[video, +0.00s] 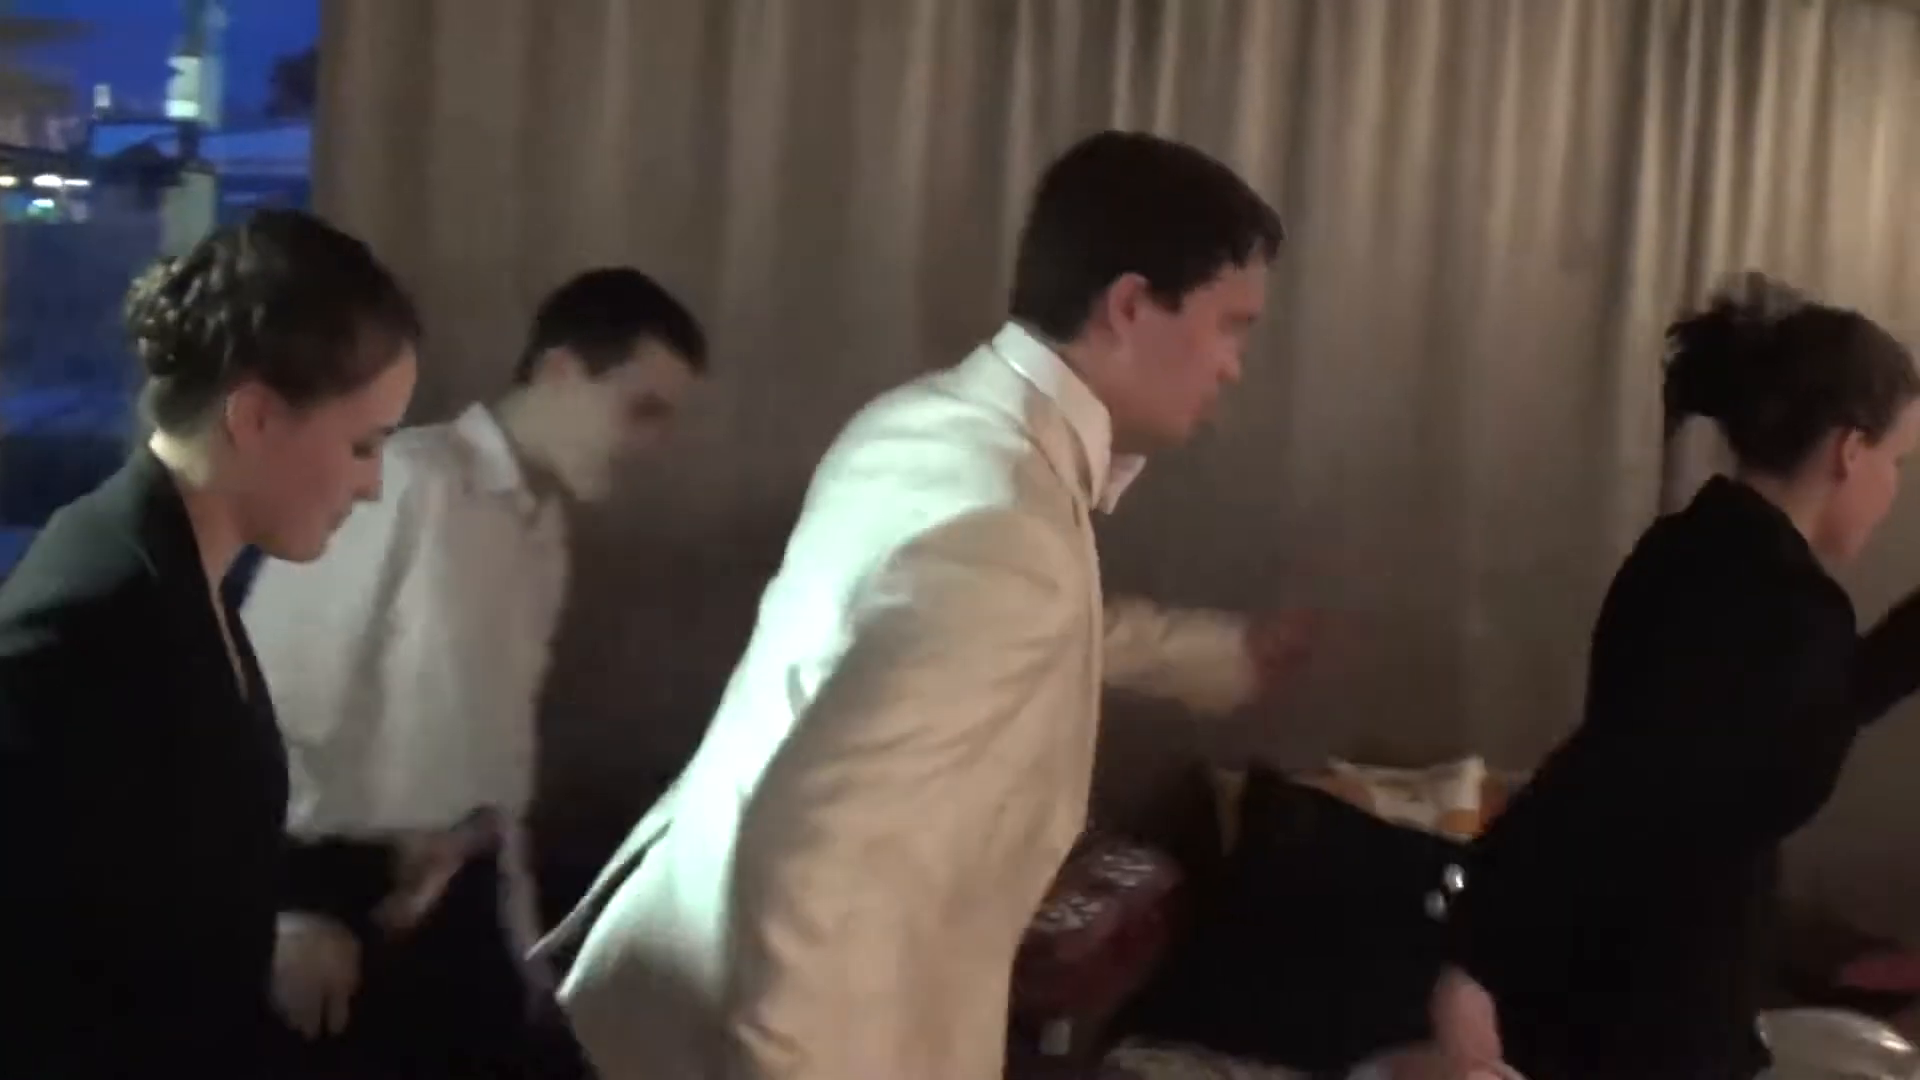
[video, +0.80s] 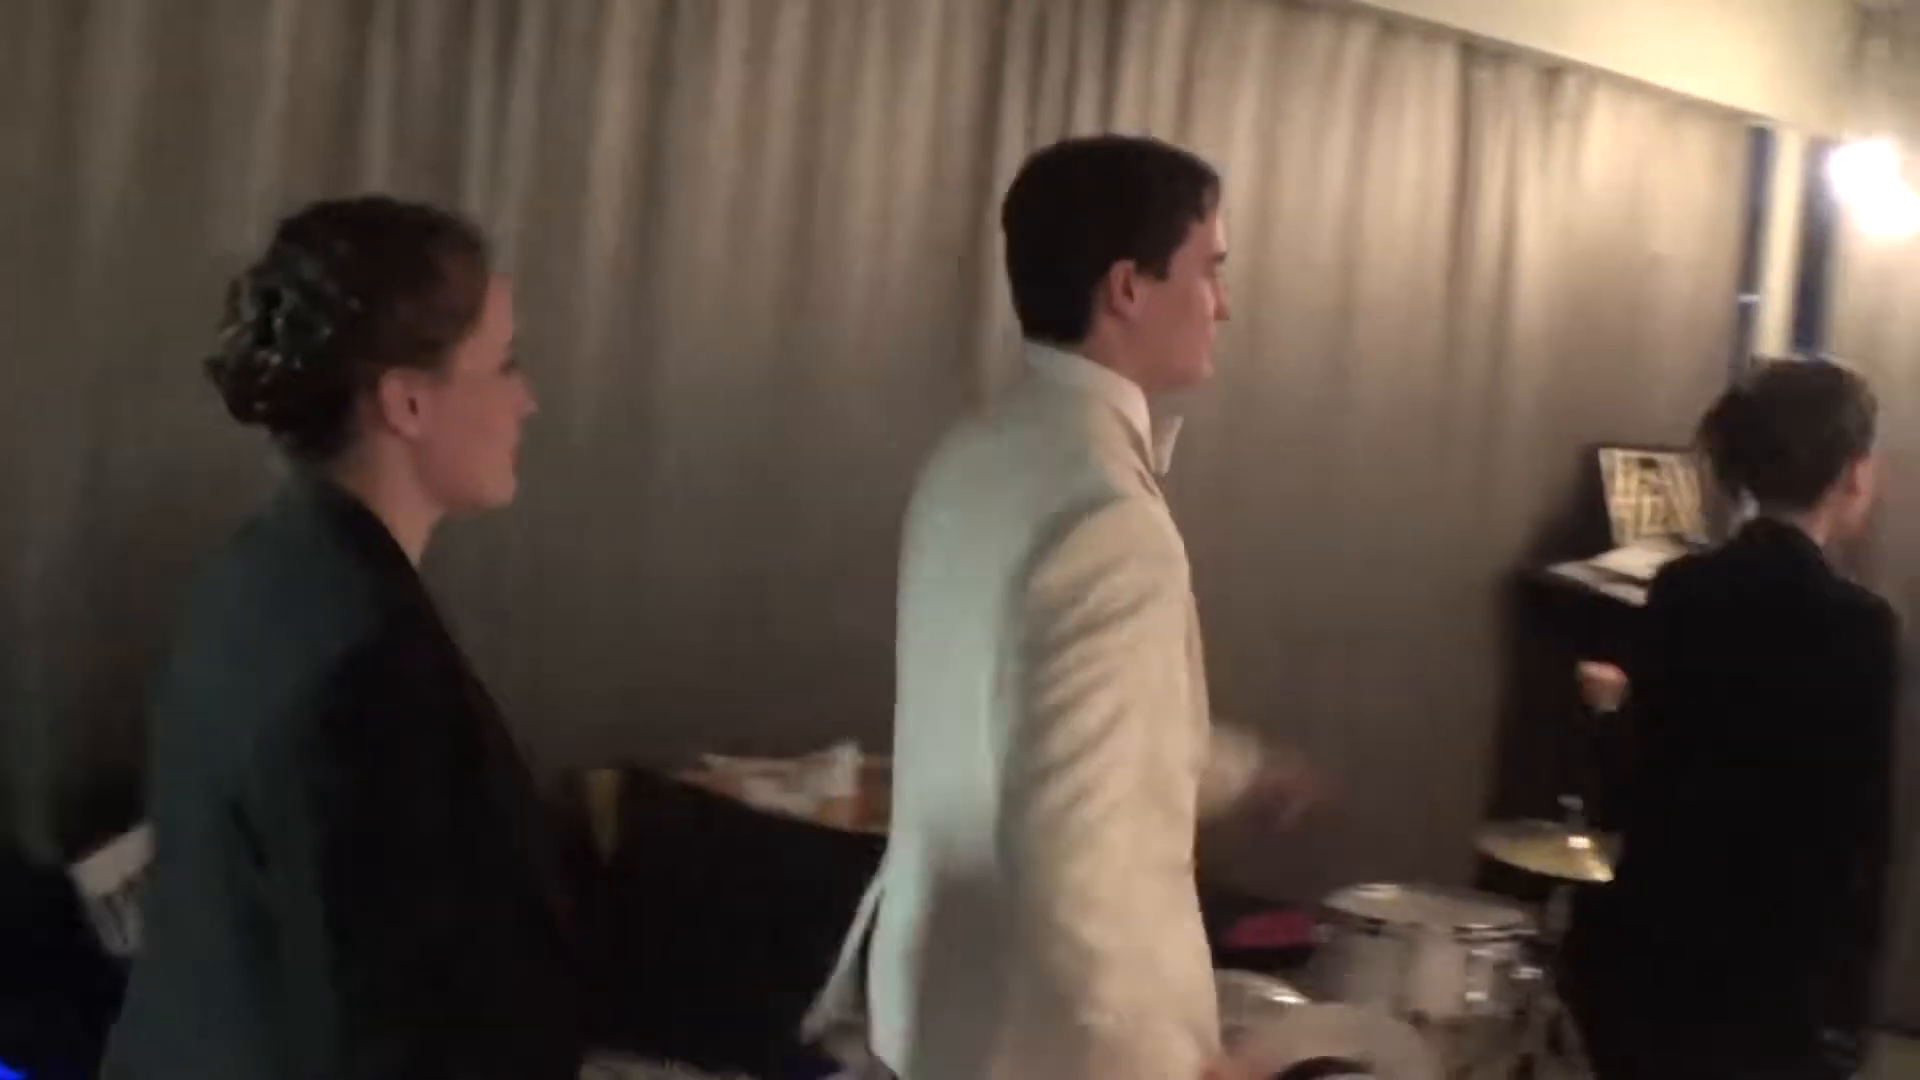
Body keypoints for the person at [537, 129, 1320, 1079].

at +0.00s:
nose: (1235, 367)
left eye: (1245, 332)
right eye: (1230, 325)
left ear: (1123, 306)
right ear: (1130, 308)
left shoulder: (926, 425)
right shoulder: (1003, 535)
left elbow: (1036, 633)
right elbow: (826, 867)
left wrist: (1227, 658)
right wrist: (808, 1068)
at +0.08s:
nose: (1215, 332)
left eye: (1217, 293)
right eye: (1202, 289)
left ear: (1093, 292)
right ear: (1097, 290)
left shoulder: (933, 428)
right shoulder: (997, 519)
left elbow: (1051, 626)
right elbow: (795, 828)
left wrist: (1260, 625)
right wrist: (770, 1064)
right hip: (853, 1049)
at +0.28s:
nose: (1194, 313)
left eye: (1191, 275)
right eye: (1177, 272)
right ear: (1080, 285)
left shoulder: (899, 463)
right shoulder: (1031, 536)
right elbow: (1090, 921)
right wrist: (1200, 1058)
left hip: (842, 1029)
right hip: (979, 1050)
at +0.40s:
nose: (1214, 270)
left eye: (1212, 234)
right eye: (1199, 232)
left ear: (1093, 243)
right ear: (1108, 245)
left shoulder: (899, 442)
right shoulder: (1121, 500)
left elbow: (795, 672)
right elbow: (1236, 805)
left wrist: (748, 867)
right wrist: (1507, 882)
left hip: (881, 967)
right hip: (1056, 1006)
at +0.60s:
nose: (1229, 283)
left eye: (1227, 249)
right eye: (1217, 247)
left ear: (1120, 266)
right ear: (1133, 263)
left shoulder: (924, 452)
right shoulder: (1153, 505)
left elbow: (874, 721)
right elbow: (1272, 800)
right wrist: (1502, 902)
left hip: (938, 958)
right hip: (1088, 993)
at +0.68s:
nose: (1232, 305)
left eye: (1228, 270)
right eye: (1215, 269)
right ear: (1130, 286)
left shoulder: (946, 477)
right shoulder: (1136, 535)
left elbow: (916, 762)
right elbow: (1188, 857)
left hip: (920, 1013)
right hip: (1083, 1036)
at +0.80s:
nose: (1225, 302)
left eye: (1220, 269)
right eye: (1210, 269)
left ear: (1114, 294)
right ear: (1127, 291)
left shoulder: (970, 459)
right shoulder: (1108, 515)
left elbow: (1018, 710)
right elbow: (1086, 846)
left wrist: (1232, 778)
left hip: (927, 1001)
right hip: (1042, 1034)